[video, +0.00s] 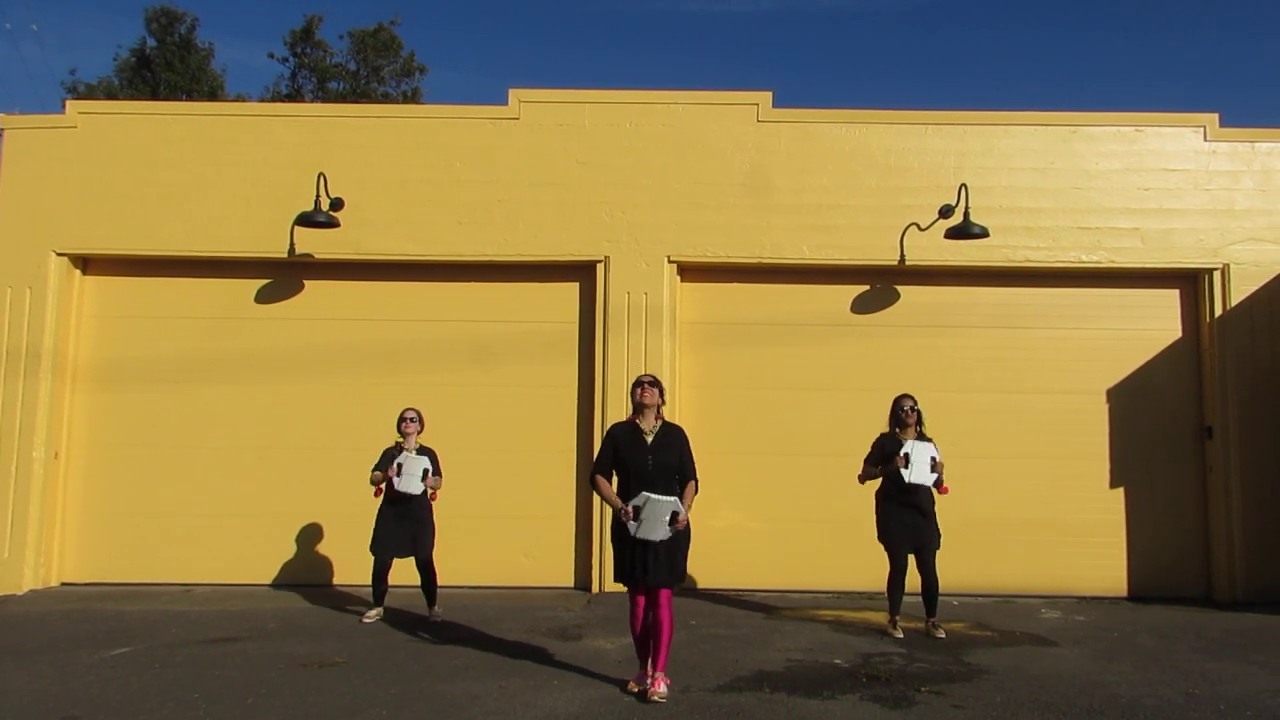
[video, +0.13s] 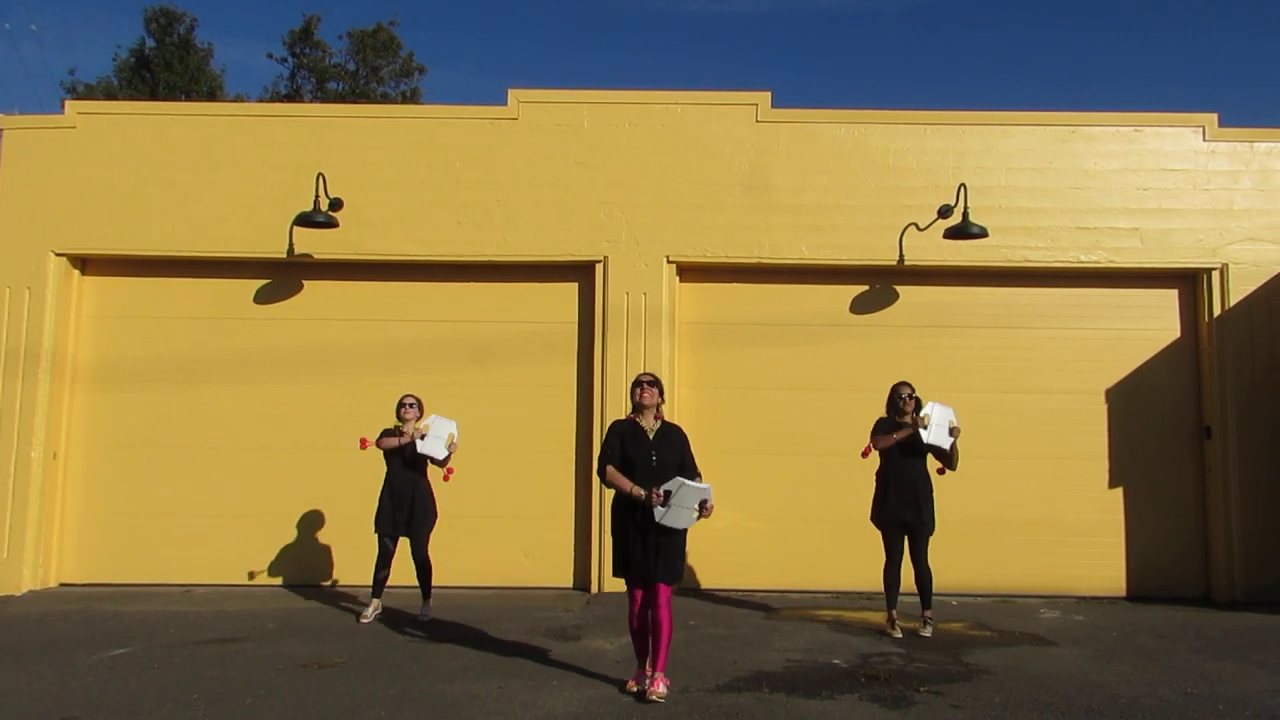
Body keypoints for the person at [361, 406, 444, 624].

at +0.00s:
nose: (407, 423)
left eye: (412, 420)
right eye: (403, 420)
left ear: (420, 425)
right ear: (399, 426)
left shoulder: (428, 454)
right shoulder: (391, 453)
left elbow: (438, 483)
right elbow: (374, 479)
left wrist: (430, 482)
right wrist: (387, 474)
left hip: (419, 516)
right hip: (391, 514)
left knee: (424, 561)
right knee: (382, 561)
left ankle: (432, 607)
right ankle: (378, 606)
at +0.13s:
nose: (407, 409)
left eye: (412, 406)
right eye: (403, 406)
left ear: (420, 412)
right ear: (398, 411)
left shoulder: (425, 436)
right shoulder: (390, 433)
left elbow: (440, 462)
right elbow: (381, 443)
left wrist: (450, 450)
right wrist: (410, 438)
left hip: (419, 501)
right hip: (392, 500)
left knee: (420, 554)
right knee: (385, 552)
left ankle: (426, 601)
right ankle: (375, 601)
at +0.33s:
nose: (409, 415)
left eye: (414, 413)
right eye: (408, 412)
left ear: (420, 420)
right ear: (403, 419)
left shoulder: (424, 443)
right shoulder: (393, 440)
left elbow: (447, 433)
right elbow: (396, 419)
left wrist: (456, 406)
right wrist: (417, 397)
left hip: (421, 508)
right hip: (394, 508)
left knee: (419, 559)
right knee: (386, 553)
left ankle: (417, 606)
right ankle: (394, 597)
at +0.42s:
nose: (414, 408)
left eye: (419, 406)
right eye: (411, 406)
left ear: (424, 414)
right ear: (404, 412)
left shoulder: (429, 438)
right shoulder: (394, 435)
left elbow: (442, 420)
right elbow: (391, 412)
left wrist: (443, 389)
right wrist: (403, 385)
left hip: (421, 502)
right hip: (394, 501)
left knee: (418, 555)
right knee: (392, 552)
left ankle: (416, 604)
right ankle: (400, 596)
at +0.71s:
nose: (411, 421)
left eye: (415, 417)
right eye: (408, 417)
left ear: (421, 422)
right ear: (403, 422)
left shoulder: (429, 445)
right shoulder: (396, 445)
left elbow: (427, 419)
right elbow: (380, 422)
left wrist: (419, 386)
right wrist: (381, 393)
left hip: (418, 509)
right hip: (393, 508)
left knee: (406, 560)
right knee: (399, 560)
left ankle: (397, 608)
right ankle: (408, 606)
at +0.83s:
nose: (409, 416)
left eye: (414, 413)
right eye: (407, 411)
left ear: (419, 419)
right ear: (400, 414)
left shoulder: (422, 440)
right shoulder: (389, 434)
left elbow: (438, 422)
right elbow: (390, 411)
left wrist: (445, 393)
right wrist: (406, 386)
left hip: (418, 501)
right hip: (391, 500)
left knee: (405, 552)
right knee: (400, 553)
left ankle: (397, 604)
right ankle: (407, 598)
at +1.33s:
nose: (412, 423)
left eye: (416, 420)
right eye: (408, 419)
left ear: (423, 426)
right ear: (402, 424)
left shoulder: (427, 452)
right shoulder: (394, 451)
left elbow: (419, 436)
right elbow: (373, 449)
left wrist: (403, 414)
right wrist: (367, 424)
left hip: (418, 513)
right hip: (392, 512)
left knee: (405, 561)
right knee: (401, 563)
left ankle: (397, 606)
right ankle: (413, 604)